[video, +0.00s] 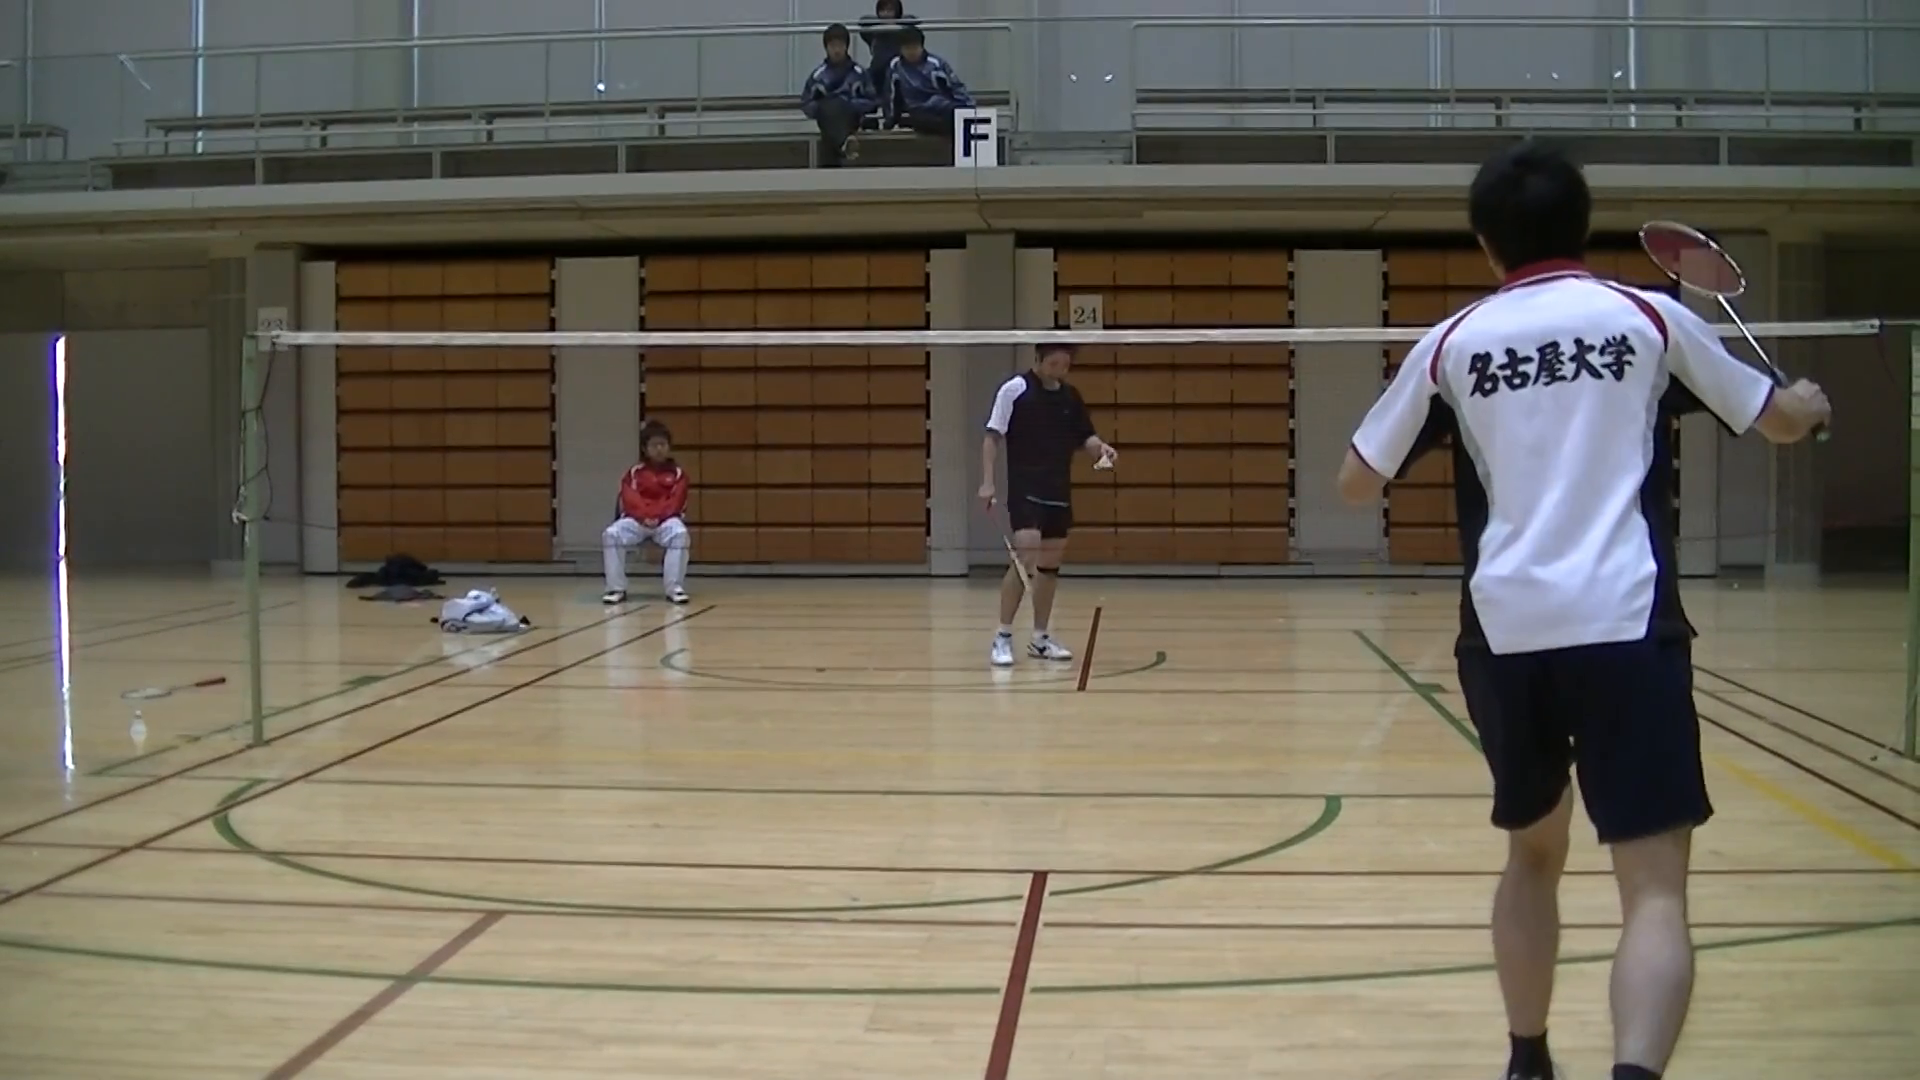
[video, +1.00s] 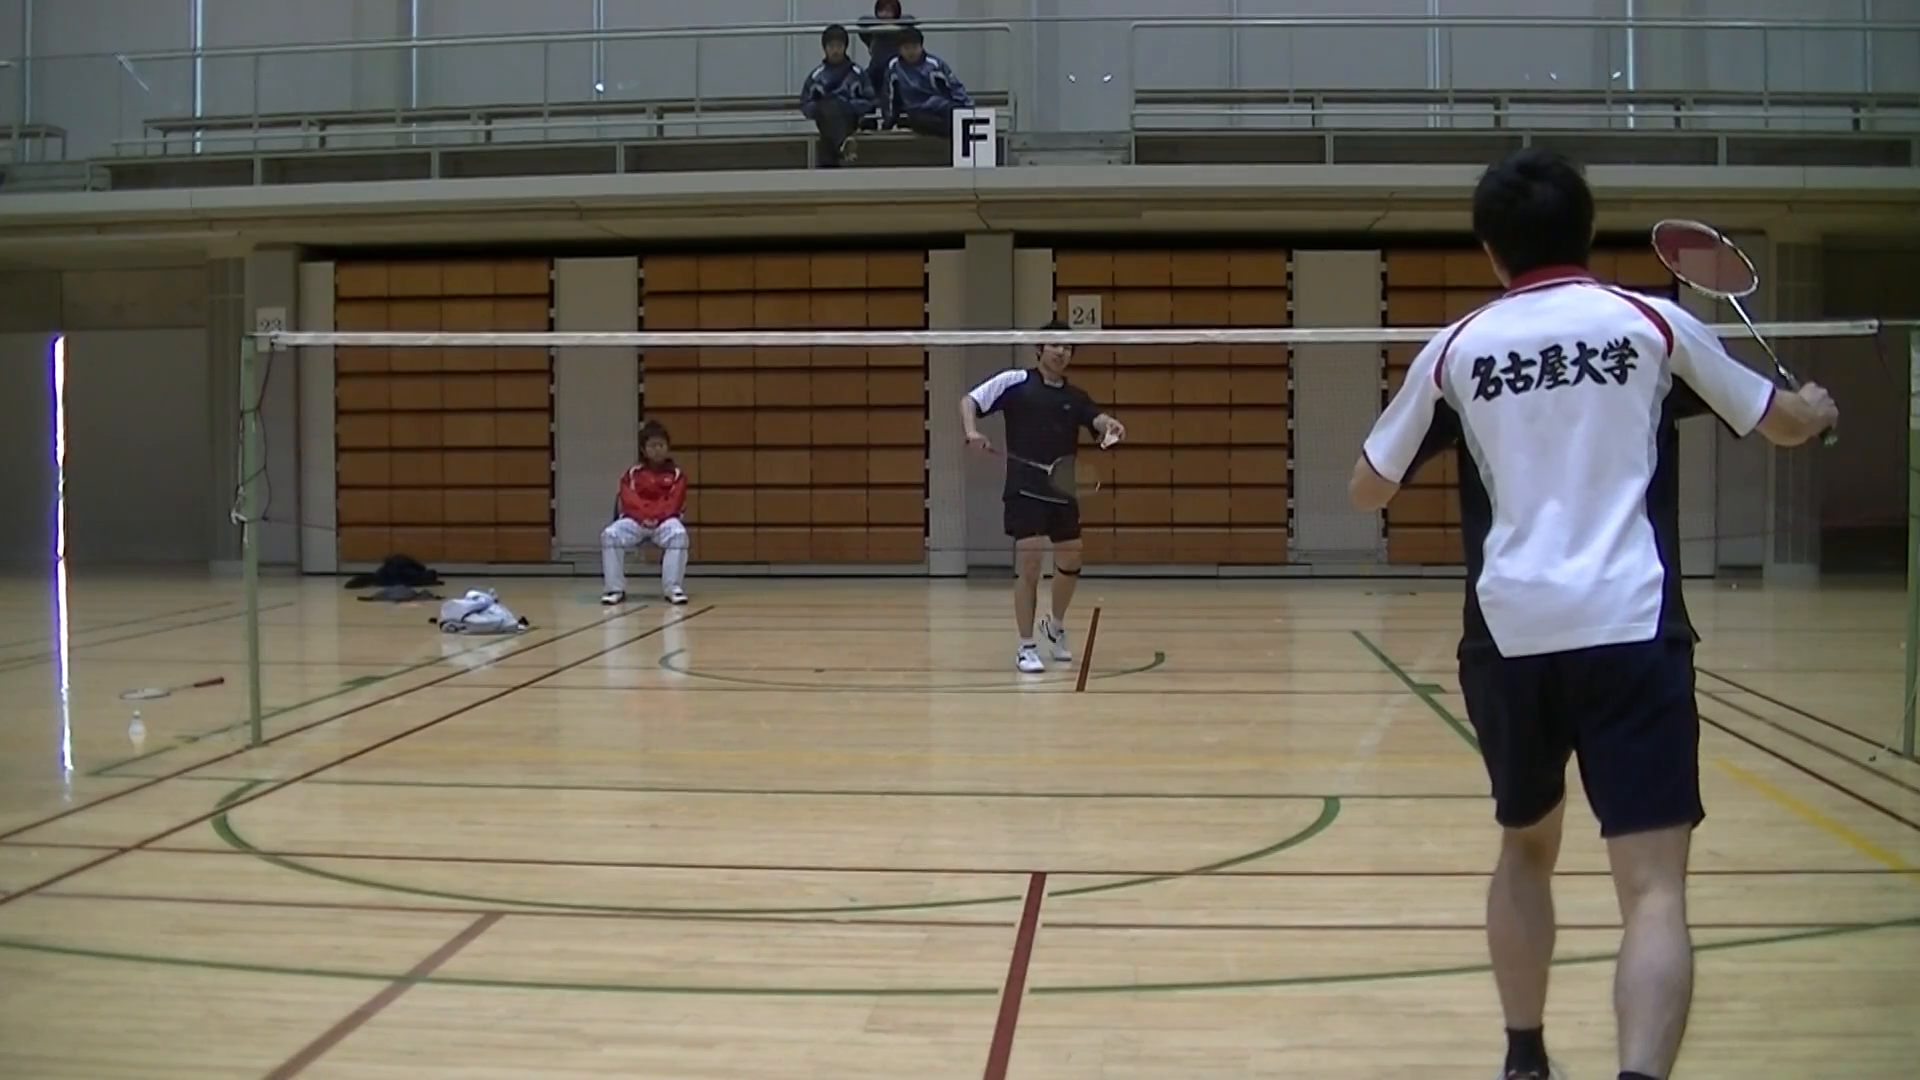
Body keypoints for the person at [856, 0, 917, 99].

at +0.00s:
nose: (885, 13)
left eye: (890, 10)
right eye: (882, 10)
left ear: (897, 12)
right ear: (878, 12)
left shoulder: (902, 29)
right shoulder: (873, 33)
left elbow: (914, 20)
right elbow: (863, 22)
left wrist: (895, 23)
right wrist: (881, 22)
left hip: (898, 69)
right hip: (876, 70)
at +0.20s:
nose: (885, 13)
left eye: (890, 10)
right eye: (882, 10)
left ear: (897, 12)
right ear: (877, 12)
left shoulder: (901, 30)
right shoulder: (873, 33)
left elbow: (912, 19)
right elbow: (863, 22)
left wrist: (894, 23)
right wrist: (880, 22)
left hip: (898, 69)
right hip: (876, 70)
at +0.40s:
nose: (885, 13)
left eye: (889, 10)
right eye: (882, 10)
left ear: (897, 12)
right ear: (877, 12)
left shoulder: (903, 31)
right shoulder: (873, 32)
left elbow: (912, 19)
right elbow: (862, 22)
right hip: (876, 69)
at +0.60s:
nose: (885, 14)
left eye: (889, 10)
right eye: (881, 10)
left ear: (896, 13)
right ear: (877, 13)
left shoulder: (902, 31)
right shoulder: (872, 35)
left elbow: (911, 19)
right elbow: (862, 22)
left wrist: (894, 23)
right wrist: (880, 22)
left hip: (898, 70)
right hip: (875, 71)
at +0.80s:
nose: (885, 13)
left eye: (890, 9)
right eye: (882, 9)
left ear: (896, 12)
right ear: (877, 12)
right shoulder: (872, 34)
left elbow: (910, 19)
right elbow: (861, 22)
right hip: (874, 73)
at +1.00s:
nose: (885, 13)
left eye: (889, 10)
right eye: (881, 9)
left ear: (896, 12)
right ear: (877, 12)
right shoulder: (872, 34)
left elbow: (910, 19)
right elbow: (861, 22)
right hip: (875, 71)